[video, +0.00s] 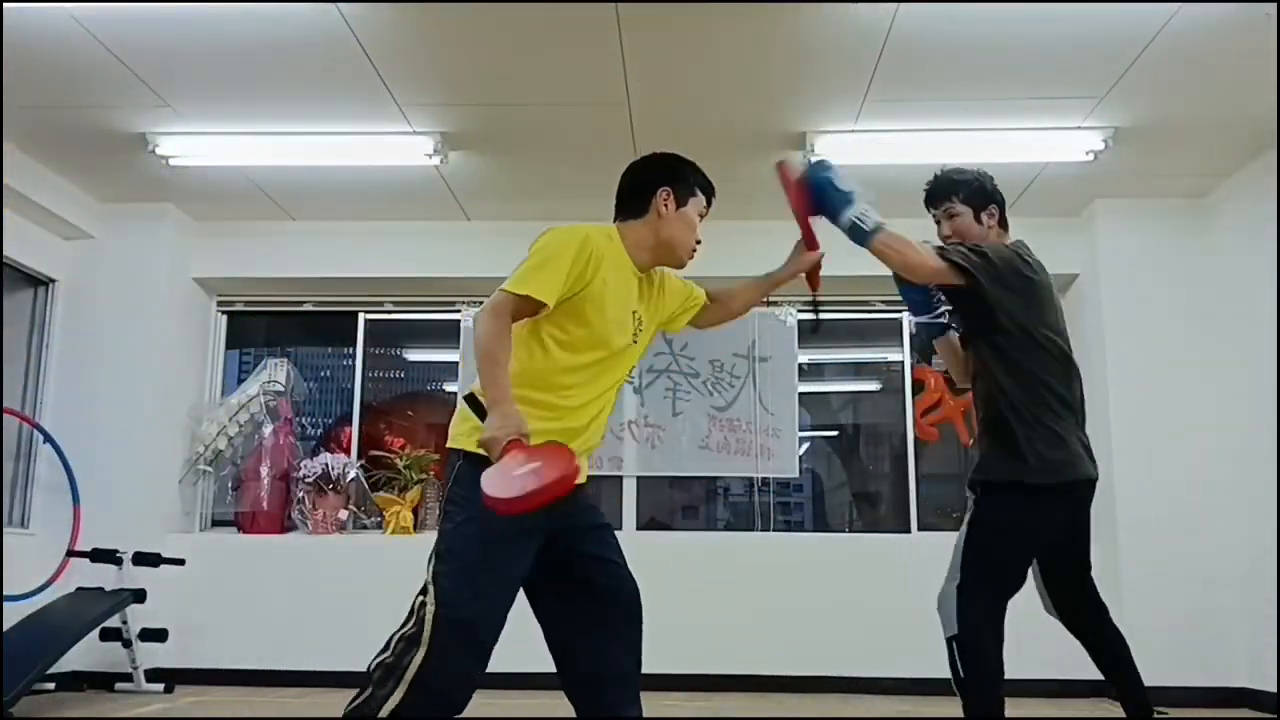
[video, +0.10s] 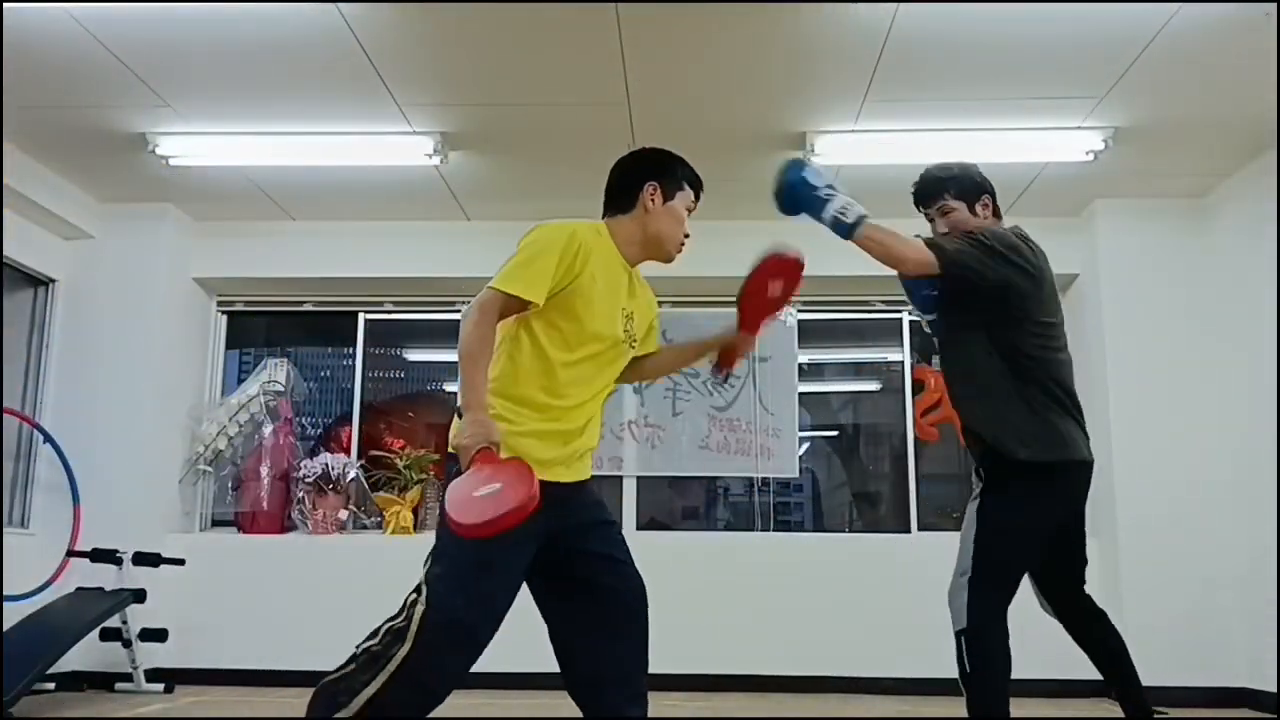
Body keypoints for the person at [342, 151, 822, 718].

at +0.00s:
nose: (703, 233)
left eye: (706, 220)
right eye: (700, 215)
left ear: (664, 207)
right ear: (664, 202)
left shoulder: (660, 290)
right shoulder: (579, 246)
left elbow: (714, 306)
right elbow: (493, 317)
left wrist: (785, 274)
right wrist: (501, 406)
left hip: (560, 478)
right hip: (496, 464)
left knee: (608, 609)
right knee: (455, 630)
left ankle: (614, 713)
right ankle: (378, 711)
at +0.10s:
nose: (690, 230)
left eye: (692, 216)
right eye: (687, 211)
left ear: (652, 203)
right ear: (652, 199)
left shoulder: (640, 297)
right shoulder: (566, 242)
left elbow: (638, 367)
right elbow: (482, 313)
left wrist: (714, 344)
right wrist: (475, 412)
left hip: (570, 488)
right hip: (503, 477)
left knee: (614, 615)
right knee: (443, 630)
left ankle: (619, 716)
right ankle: (335, 709)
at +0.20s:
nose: (663, 231)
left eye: (666, 217)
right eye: (660, 212)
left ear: (625, 205)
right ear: (625, 200)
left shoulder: (606, 302)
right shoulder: (546, 245)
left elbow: (558, 398)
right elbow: (462, 318)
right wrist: (461, 424)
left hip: (562, 496)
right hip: (488, 488)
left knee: (619, 615)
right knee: (412, 631)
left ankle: (623, 714)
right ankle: (299, 707)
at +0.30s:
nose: (627, 252)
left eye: (630, 239)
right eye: (625, 233)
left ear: (590, 223)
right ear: (591, 219)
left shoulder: (558, 307)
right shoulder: (515, 257)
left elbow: (505, 403)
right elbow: (438, 333)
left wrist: (548, 460)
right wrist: (459, 439)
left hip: (520, 504)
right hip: (446, 497)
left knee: (593, 617)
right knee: (378, 645)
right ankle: (282, 713)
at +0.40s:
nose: (585, 265)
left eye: (588, 252)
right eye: (584, 245)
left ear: (546, 234)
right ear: (551, 230)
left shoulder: (501, 307)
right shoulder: (478, 266)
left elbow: (457, 418)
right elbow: (427, 350)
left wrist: (531, 446)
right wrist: (464, 451)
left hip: (467, 511)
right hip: (404, 501)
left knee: (548, 649)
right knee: (342, 666)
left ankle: (584, 713)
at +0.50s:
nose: (555, 262)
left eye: (558, 248)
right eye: (553, 242)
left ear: (517, 233)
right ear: (519, 229)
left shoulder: (473, 312)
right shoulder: (450, 265)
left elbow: (431, 421)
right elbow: (414, 348)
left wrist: (513, 425)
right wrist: (470, 441)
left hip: (443, 501)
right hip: (377, 496)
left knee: (511, 626)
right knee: (336, 663)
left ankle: (548, 711)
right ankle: (279, 711)